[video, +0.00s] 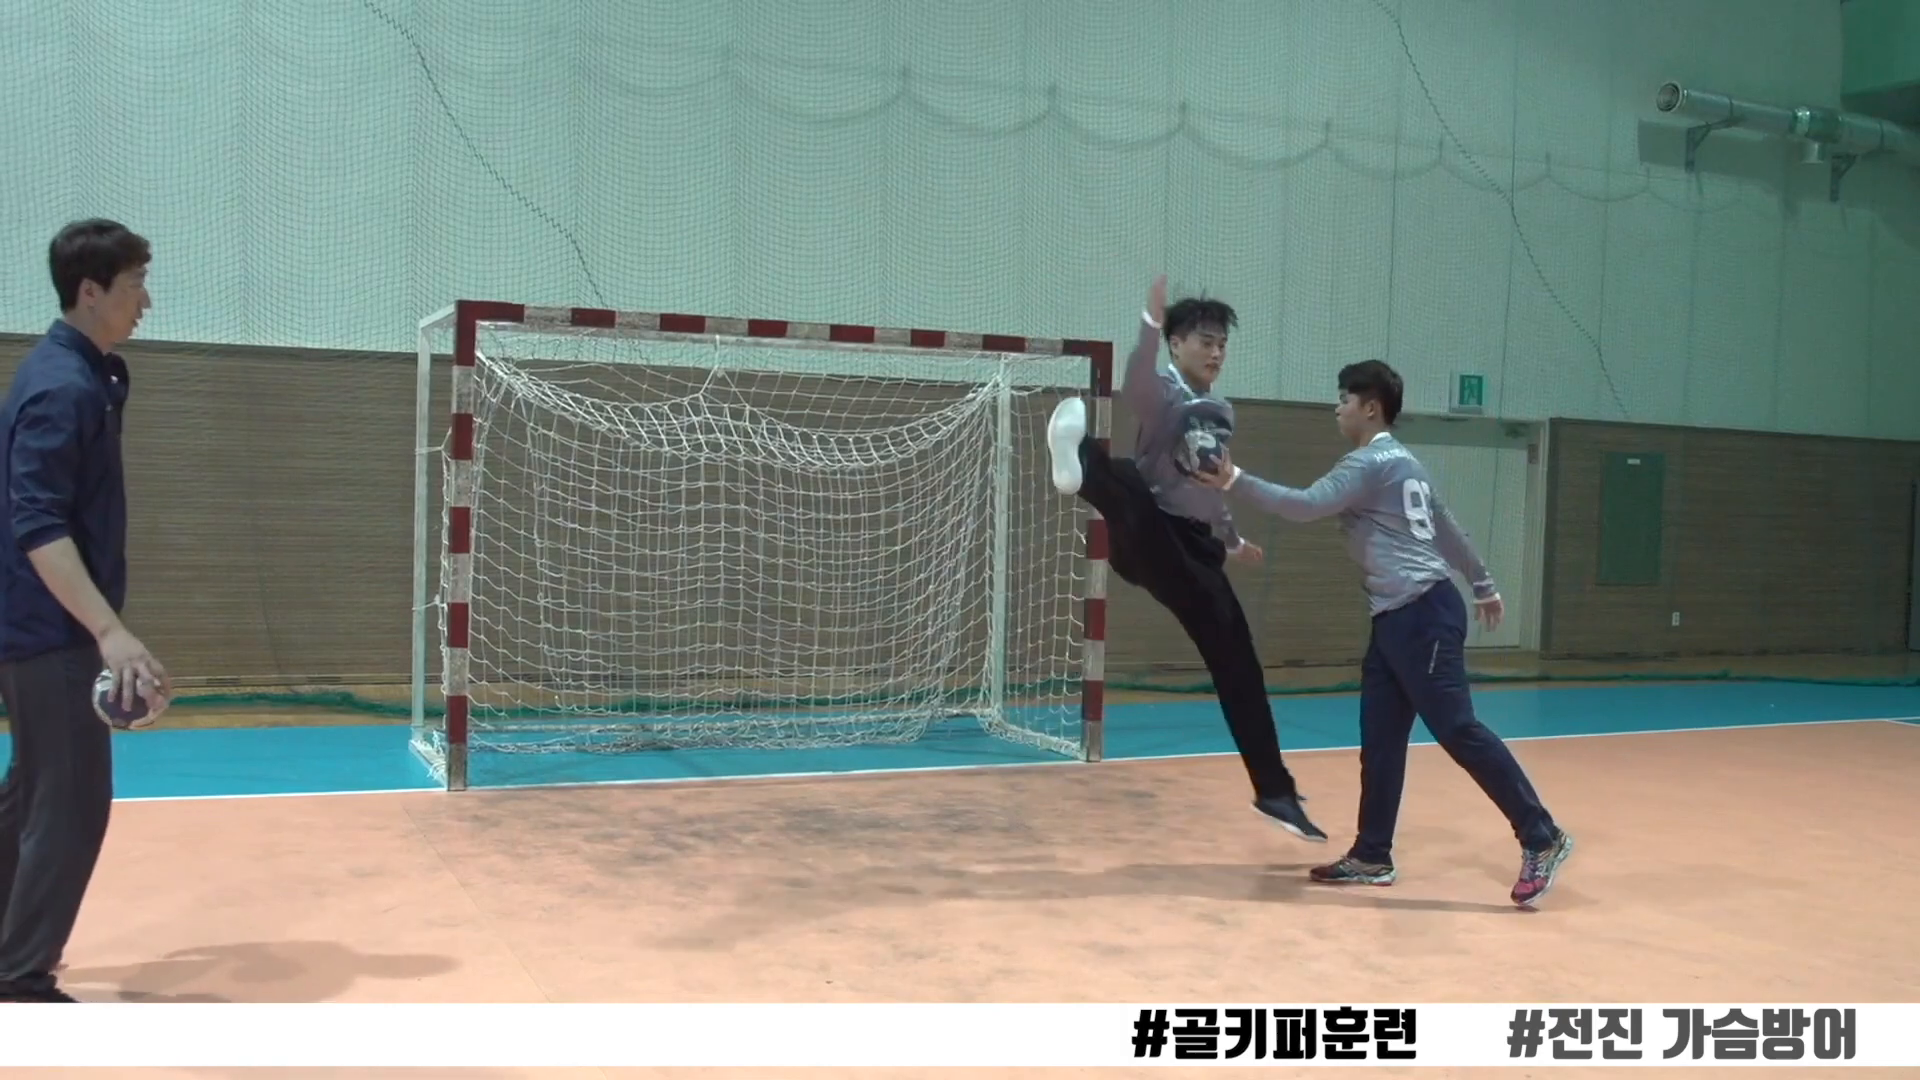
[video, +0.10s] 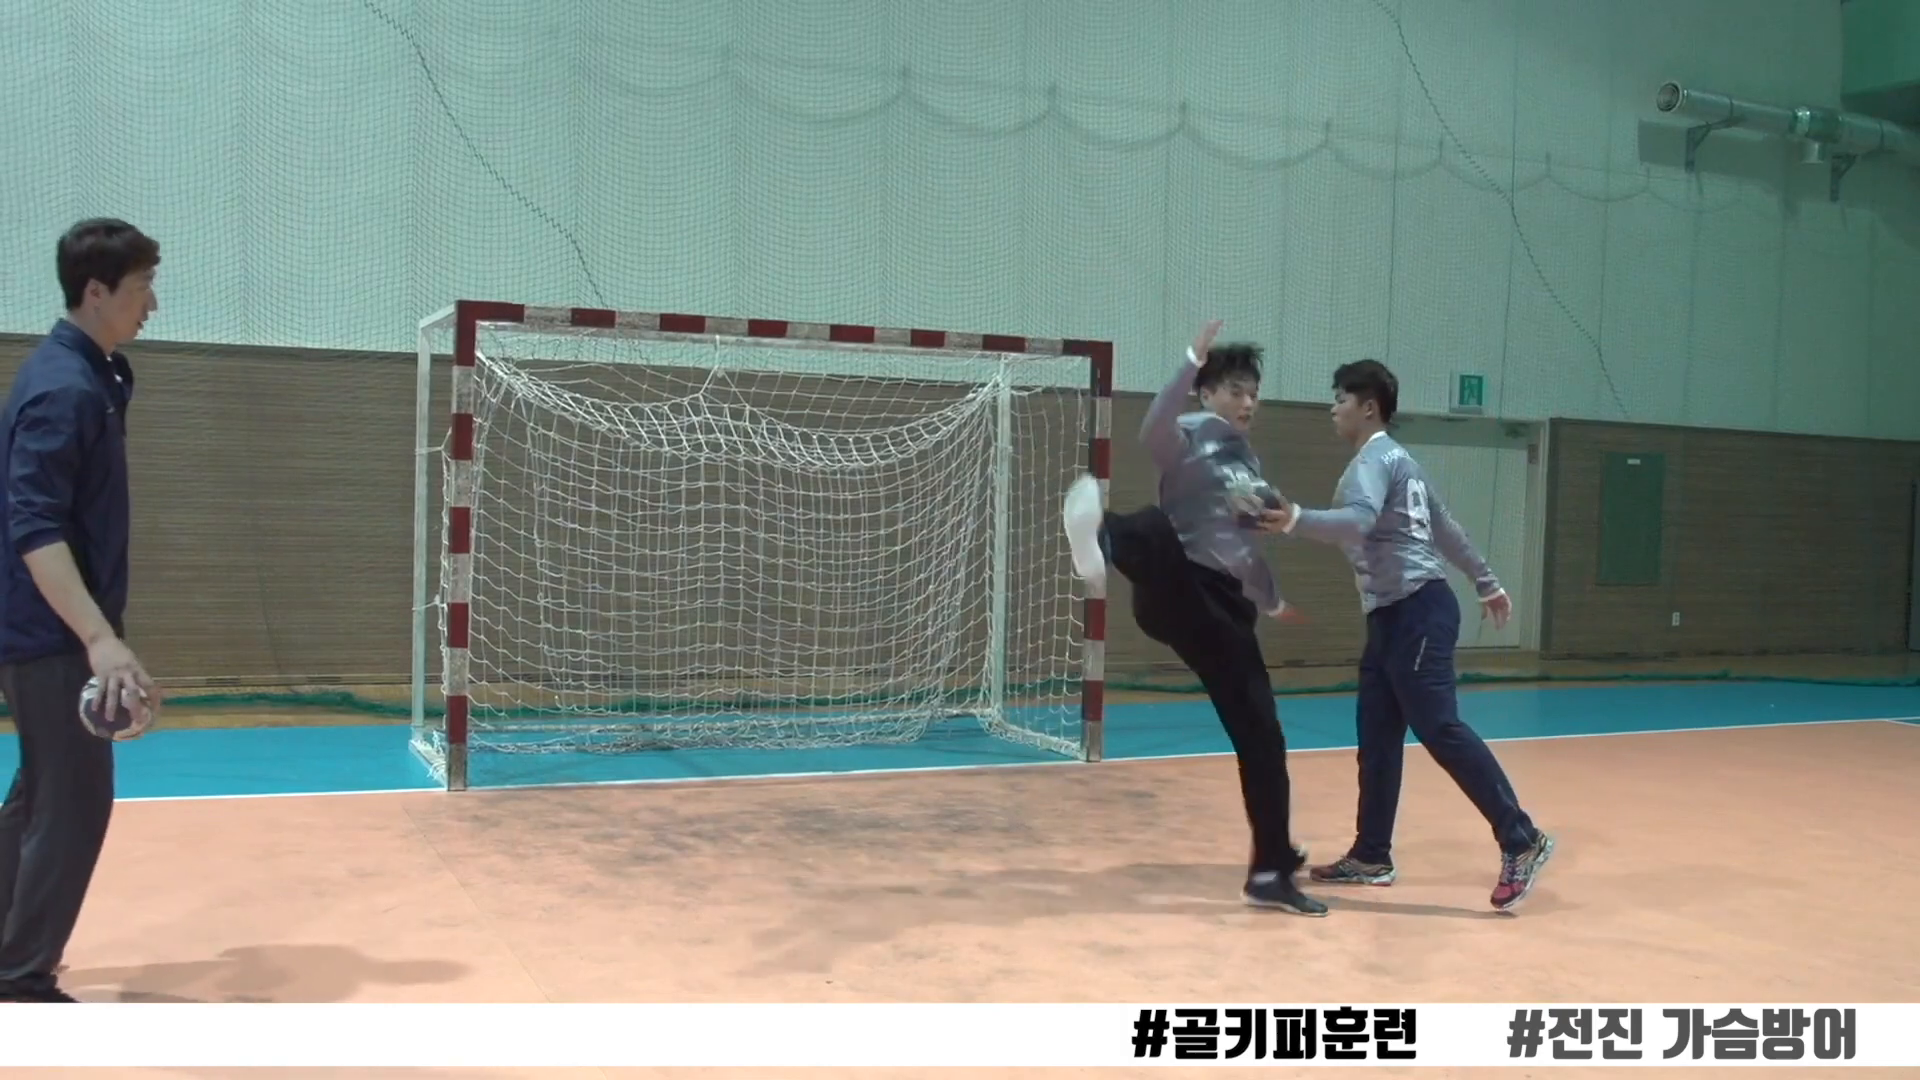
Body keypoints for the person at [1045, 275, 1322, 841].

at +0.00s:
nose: (1215, 352)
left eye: (1222, 344)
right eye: (1204, 341)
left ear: (1227, 352)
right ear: (1174, 345)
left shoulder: (1219, 412)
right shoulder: (1157, 394)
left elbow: (1209, 492)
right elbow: (1139, 379)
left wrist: (1230, 539)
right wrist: (1151, 330)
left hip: (1201, 564)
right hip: (1151, 543)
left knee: (1239, 671)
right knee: (1129, 485)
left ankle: (1275, 793)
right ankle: (1082, 470)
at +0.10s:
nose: (1247, 403)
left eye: (1253, 394)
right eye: (1236, 391)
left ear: (1257, 402)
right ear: (1205, 391)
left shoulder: (1247, 465)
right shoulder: (1185, 440)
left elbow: (1245, 547)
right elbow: (1156, 429)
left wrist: (1272, 600)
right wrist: (1191, 366)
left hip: (1228, 618)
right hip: (1177, 593)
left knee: (1262, 738)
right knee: (1153, 526)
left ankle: (1271, 873)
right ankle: (1103, 546)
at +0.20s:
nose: (1281, 439)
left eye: (1285, 430)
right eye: (1270, 428)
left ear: (1284, 440)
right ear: (1237, 433)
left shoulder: (1269, 516)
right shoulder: (1203, 488)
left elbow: (1268, 601)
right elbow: (1174, 470)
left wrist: (1295, 665)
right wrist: (1215, 399)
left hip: (1236, 650)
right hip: (1187, 634)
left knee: (1296, 769)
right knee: (1178, 605)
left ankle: (1266, 878)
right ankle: (1148, 721)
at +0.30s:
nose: (1287, 452)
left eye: (1289, 444)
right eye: (1275, 440)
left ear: (1284, 459)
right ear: (1241, 449)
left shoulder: (1270, 536)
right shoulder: (1214, 499)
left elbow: (1267, 635)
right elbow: (1174, 517)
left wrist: (1318, 676)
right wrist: (1230, 461)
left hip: (1237, 663)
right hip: (1183, 648)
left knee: (1305, 784)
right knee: (1211, 744)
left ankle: (1266, 881)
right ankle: (1208, 903)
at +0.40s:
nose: (1280, 479)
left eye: (1278, 470)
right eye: (1266, 470)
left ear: (1265, 484)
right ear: (1232, 481)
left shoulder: (1257, 563)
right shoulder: (1208, 543)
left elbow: (1259, 656)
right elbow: (1182, 604)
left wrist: (1331, 668)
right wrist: (1240, 611)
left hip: (1238, 701)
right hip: (1185, 697)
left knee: (1322, 788)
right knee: (1254, 793)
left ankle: (1274, 879)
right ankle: (1219, 942)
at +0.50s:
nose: (1262, 467)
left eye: (1261, 458)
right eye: (1248, 460)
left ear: (1255, 474)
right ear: (1215, 473)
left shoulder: (1245, 545)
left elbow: (1246, 622)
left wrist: (1310, 603)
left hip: (1238, 697)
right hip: (1190, 700)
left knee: (1318, 772)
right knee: (1250, 791)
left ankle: (1263, 885)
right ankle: (1219, 944)